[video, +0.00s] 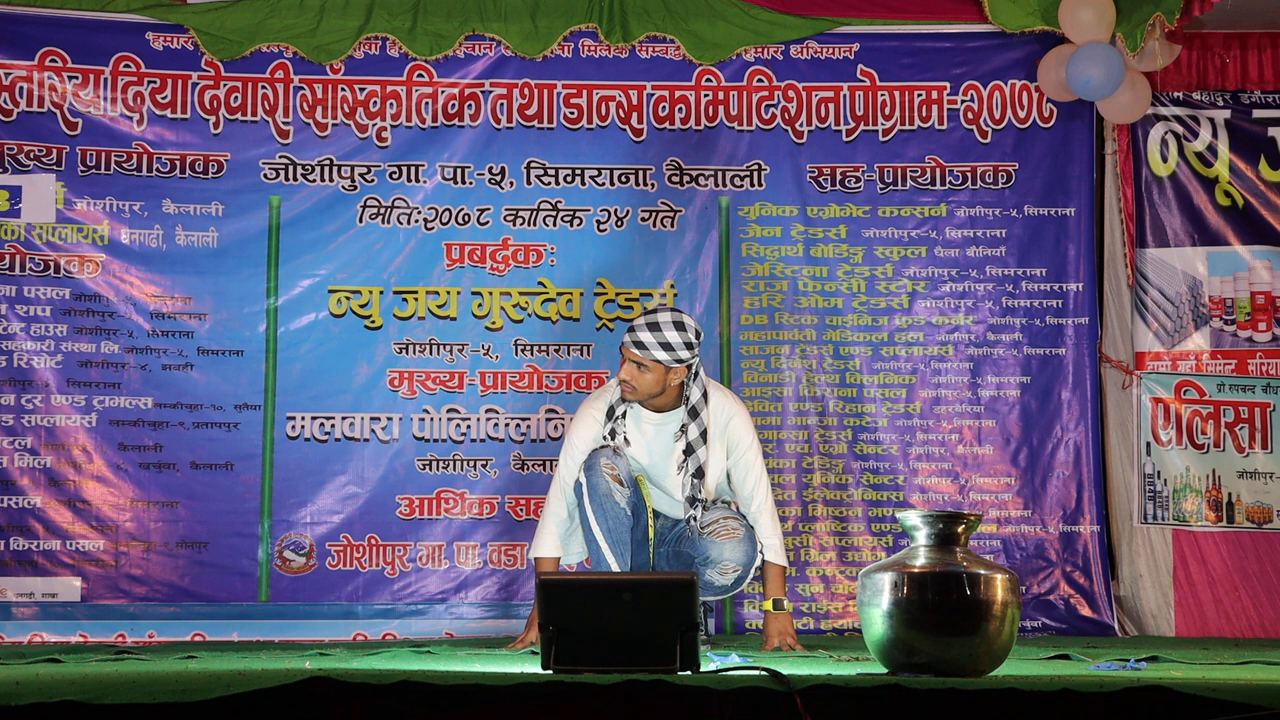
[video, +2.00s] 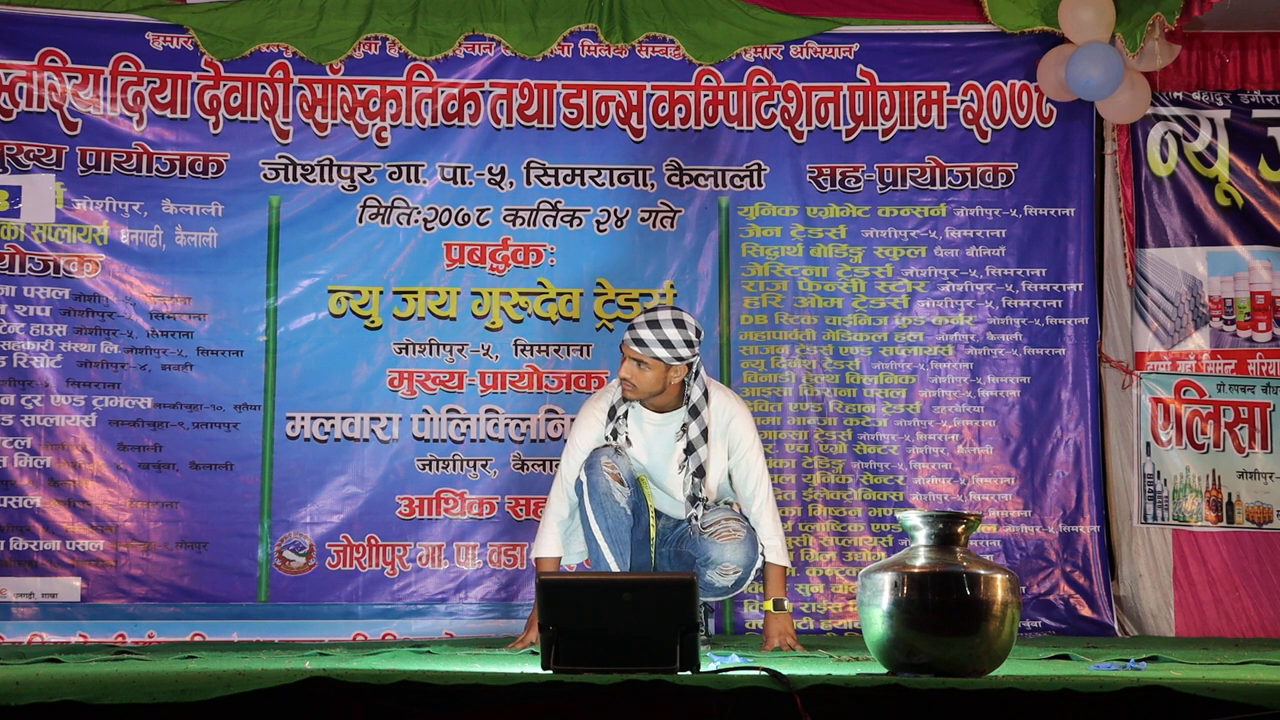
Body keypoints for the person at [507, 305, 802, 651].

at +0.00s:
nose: (622, 374)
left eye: (639, 367)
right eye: (623, 360)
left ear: (677, 374)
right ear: (621, 355)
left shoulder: (726, 414)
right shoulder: (598, 411)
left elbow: (761, 508)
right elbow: (558, 506)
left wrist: (777, 609)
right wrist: (541, 608)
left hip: (692, 539)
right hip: (628, 532)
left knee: (733, 546)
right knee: (603, 463)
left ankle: (688, 610)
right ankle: (621, 607)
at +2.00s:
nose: (623, 372)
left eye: (639, 365)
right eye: (624, 358)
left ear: (678, 372)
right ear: (622, 354)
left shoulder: (728, 414)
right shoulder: (601, 411)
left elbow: (762, 508)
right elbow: (559, 506)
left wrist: (777, 609)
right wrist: (542, 608)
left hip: (692, 543)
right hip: (630, 534)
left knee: (732, 542)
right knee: (604, 462)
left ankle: (690, 611)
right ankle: (619, 607)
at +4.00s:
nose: (666, 419)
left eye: (676, 410)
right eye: (655, 410)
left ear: (691, 389)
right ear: (633, 389)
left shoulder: (726, 415)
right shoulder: (597, 410)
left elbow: (759, 506)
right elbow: (552, 498)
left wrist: (776, 606)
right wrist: (531, 599)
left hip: (692, 539)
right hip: (628, 535)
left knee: (731, 549)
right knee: (597, 465)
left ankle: (692, 607)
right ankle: (624, 603)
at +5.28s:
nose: (660, 422)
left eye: (670, 412)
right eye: (649, 413)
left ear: (688, 391)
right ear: (630, 393)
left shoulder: (725, 414)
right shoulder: (594, 411)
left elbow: (757, 507)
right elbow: (552, 502)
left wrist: (775, 606)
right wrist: (532, 600)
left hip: (691, 536)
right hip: (627, 533)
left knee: (728, 553)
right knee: (595, 467)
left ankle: (690, 608)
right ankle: (622, 604)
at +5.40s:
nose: (660, 422)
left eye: (670, 413)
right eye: (650, 413)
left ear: (687, 392)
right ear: (629, 394)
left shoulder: (724, 414)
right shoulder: (594, 411)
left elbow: (757, 506)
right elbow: (551, 501)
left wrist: (776, 606)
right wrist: (532, 601)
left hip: (692, 533)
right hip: (626, 530)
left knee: (726, 558)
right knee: (595, 467)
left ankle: (691, 608)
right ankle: (622, 603)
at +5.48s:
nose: (661, 419)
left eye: (671, 410)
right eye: (650, 410)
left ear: (688, 390)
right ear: (630, 392)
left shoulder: (724, 413)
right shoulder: (594, 409)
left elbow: (755, 504)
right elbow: (552, 498)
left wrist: (776, 606)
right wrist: (532, 599)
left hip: (692, 523)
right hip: (627, 521)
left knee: (714, 559)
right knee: (600, 467)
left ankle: (692, 609)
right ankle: (620, 605)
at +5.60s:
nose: (669, 388)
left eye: (678, 381)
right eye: (659, 381)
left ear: (694, 362)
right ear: (638, 362)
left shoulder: (724, 382)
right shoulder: (600, 379)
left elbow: (752, 482)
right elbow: (563, 482)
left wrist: (776, 584)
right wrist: (534, 587)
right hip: (625, 479)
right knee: (616, 460)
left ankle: (685, 616)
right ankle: (621, 607)